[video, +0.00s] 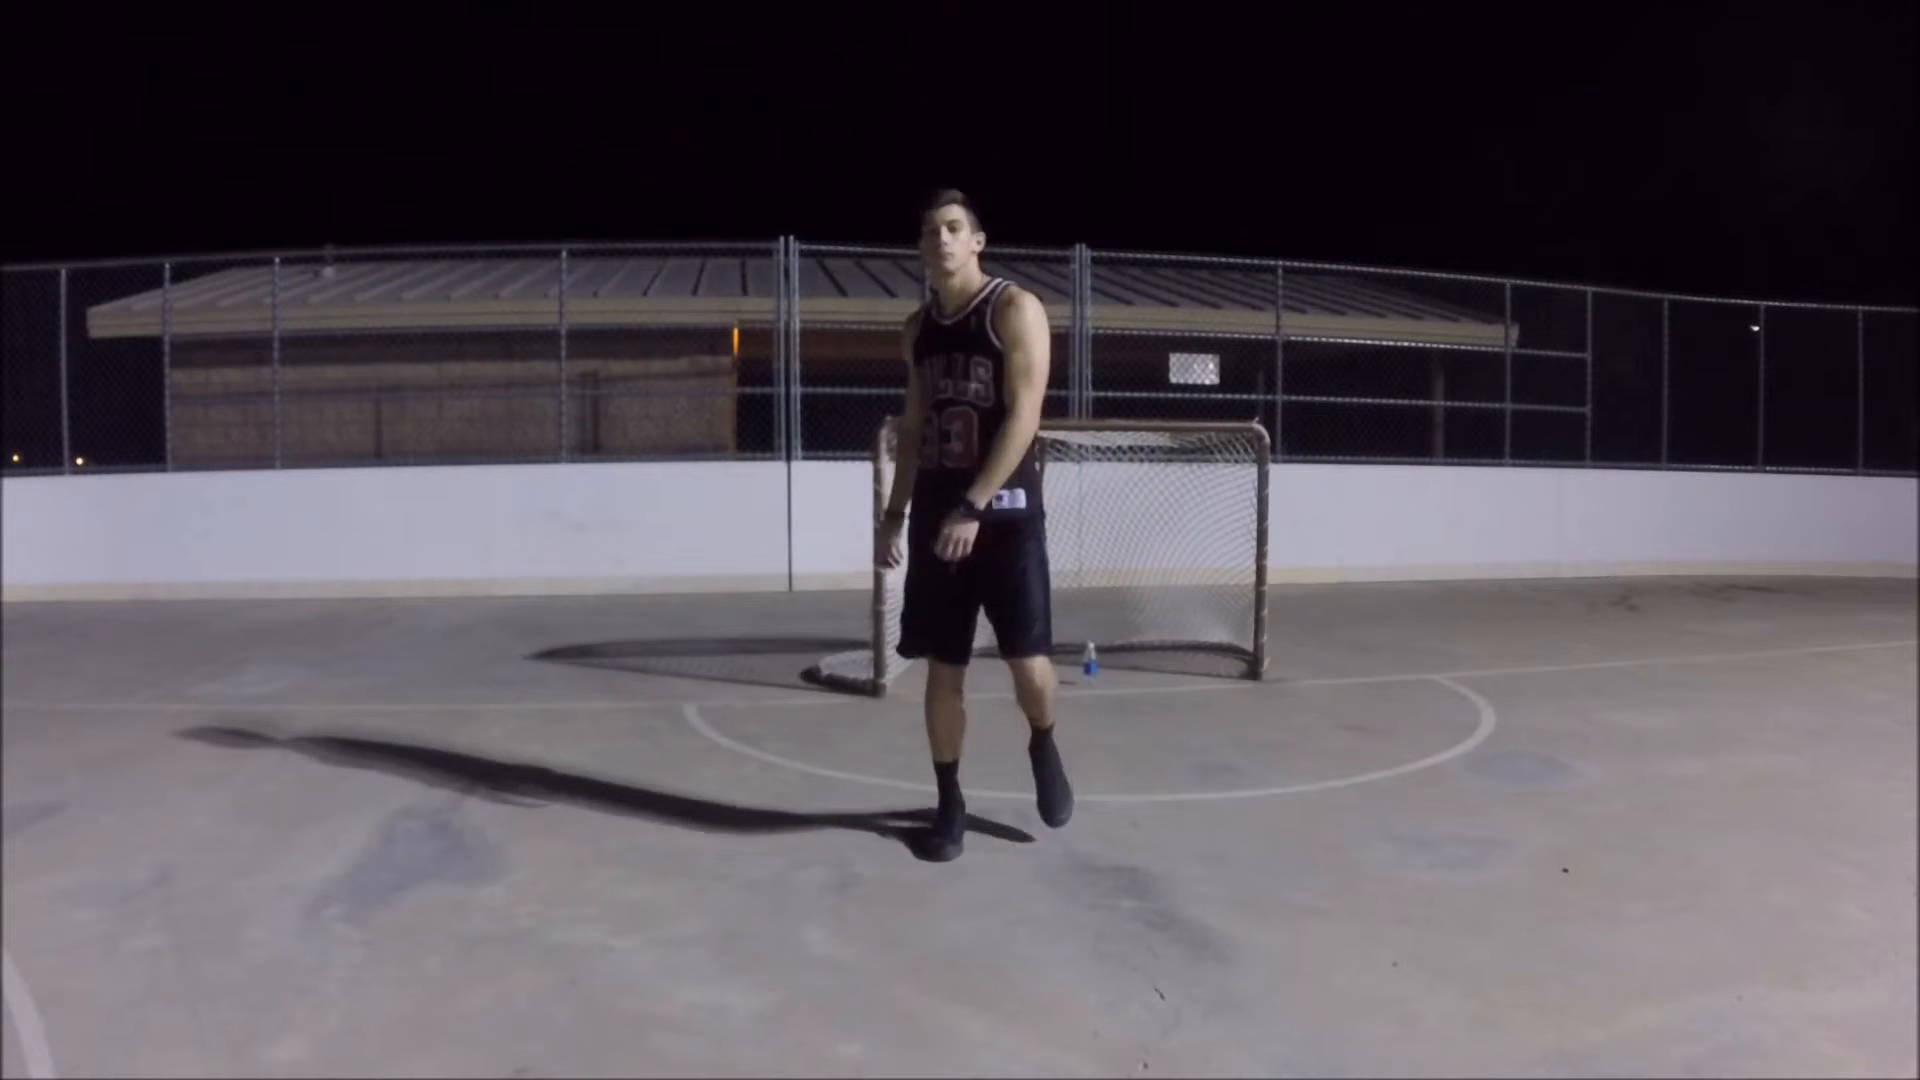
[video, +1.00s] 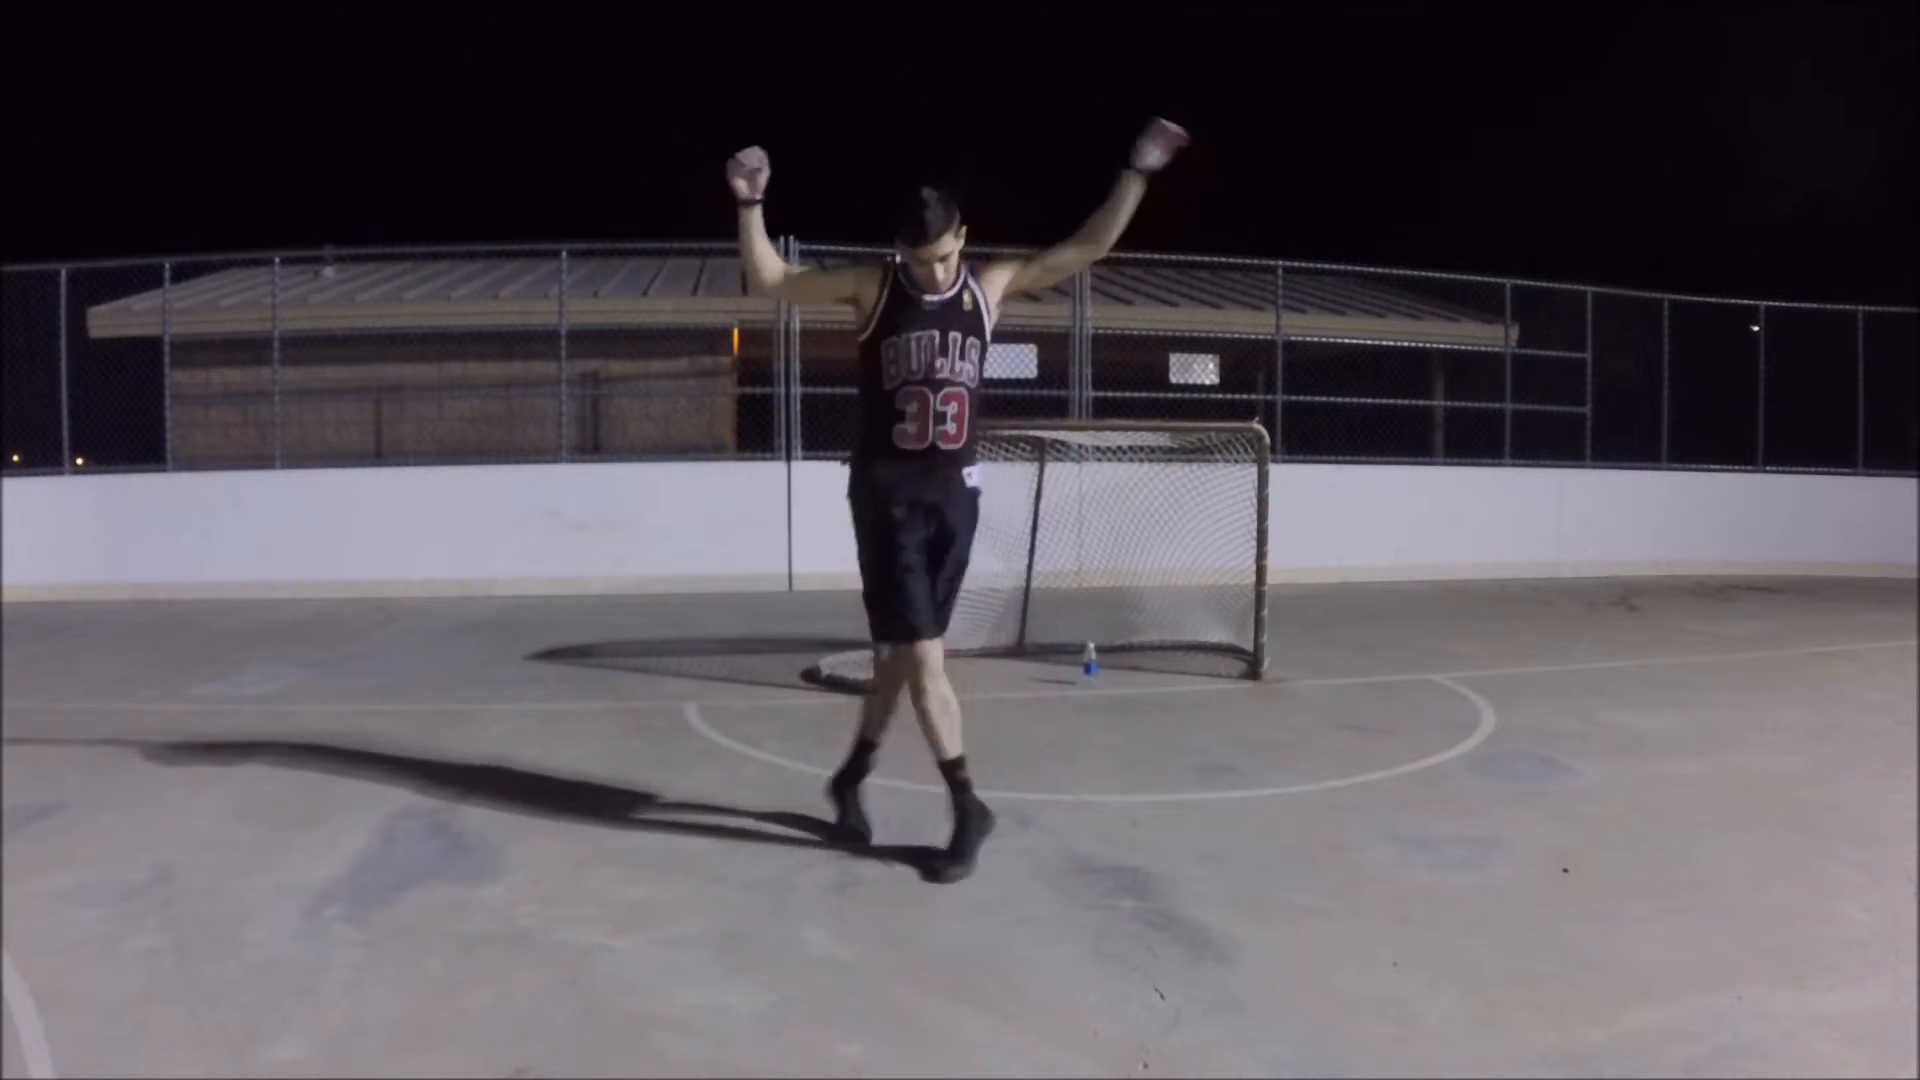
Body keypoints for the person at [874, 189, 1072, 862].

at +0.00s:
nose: (940, 240)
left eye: (952, 229)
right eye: (930, 232)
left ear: (978, 241)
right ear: (919, 248)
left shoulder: (1018, 310)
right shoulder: (919, 325)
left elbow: (1024, 419)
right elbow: (914, 426)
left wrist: (971, 506)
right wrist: (893, 514)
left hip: (1007, 509)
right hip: (938, 508)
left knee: (1029, 664)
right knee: (944, 666)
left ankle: (1043, 746)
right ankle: (949, 806)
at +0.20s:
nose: (963, 240)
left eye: (974, 228)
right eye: (952, 232)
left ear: (1001, 237)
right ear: (939, 248)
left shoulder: (1042, 316)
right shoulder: (932, 320)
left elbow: (1053, 428)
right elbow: (924, 417)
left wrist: (1010, 521)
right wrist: (913, 504)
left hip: (1017, 515)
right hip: (944, 514)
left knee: (1031, 670)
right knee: (947, 672)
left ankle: (1037, 805)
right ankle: (949, 815)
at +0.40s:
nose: (984, 237)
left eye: (995, 226)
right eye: (972, 229)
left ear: (1022, 235)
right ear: (960, 243)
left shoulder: (1063, 318)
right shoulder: (942, 314)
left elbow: (1090, 424)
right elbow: (923, 405)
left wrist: (1072, 524)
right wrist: (904, 485)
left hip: (1028, 521)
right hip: (949, 515)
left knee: (1032, 665)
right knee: (929, 658)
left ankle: (1038, 802)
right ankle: (905, 794)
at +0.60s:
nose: (980, 251)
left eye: (992, 239)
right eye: (970, 242)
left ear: (1018, 246)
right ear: (958, 252)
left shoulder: (1058, 325)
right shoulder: (936, 322)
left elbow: (1097, 419)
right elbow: (872, 397)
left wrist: (1127, 505)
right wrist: (845, 478)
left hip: (1024, 531)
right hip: (943, 527)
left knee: (1035, 674)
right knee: (891, 664)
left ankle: (1040, 803)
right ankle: (828, 789)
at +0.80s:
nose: (964, 260)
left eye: (973, 246)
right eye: (952, 248)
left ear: (995, 237)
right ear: (933, 244)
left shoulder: (1032, 299)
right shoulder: (904, 301)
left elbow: (1128, 325)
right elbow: (802, 328)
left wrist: (1223, 326)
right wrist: (720, 307)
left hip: (997, 513)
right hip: (915, 510)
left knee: (1015, 656)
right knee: (874, 655)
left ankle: (1032, 799)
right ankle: (808, 777)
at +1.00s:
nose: (934, 272)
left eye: (942, 257)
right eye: (920, 261)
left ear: (963, 238)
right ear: (899, 247)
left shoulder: (995, 282)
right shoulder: (869, 286)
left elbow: (1090, 245)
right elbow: (770, 283)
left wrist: (1138, 169)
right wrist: (749, 203)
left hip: (955, 496)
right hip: (885, 498)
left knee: (902, 653)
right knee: (925, 656)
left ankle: (849, 778)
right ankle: (969, 807)